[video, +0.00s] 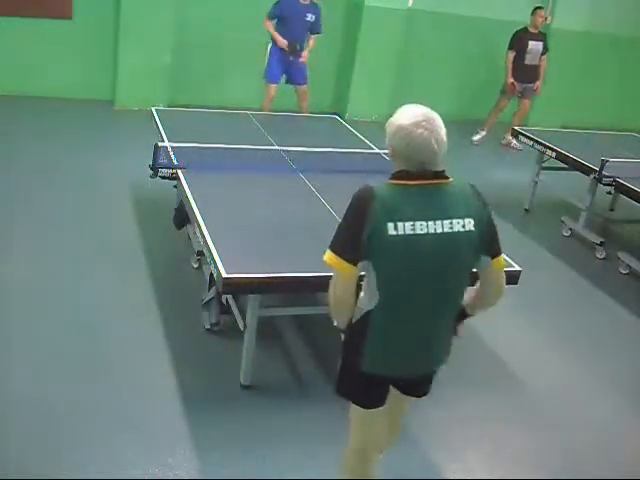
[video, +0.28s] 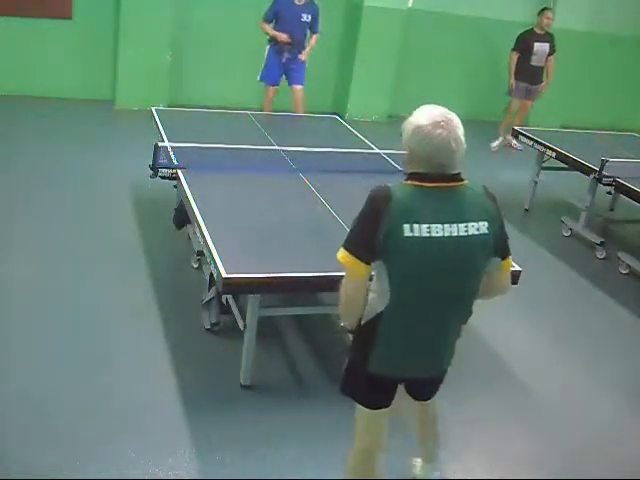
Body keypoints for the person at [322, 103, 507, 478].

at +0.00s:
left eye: (390, 144)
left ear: (392, 153)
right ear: (442, 150)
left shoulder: (371, 201)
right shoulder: (470, 199)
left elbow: (342, 287)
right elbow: (493, 289)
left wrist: (345, 325)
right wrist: (463, 309)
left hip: (376, 342)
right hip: (432, 342)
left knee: (364, 446)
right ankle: (379, 447)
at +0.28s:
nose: (403, 151)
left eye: (405, 146)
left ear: (409, 154)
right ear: (459, 153)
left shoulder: (386, 202)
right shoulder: (484, 202)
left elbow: (355, 281)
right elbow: (499, 282)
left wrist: (349, 323)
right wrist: (455, 289)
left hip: (385, 343)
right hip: (440, 341)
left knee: (369, 438)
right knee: (426, 404)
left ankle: (362, 471)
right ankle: (428, 468)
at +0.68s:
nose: (449, 143)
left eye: (452, 139)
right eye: (451, 138)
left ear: (457, 148)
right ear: (503, 153)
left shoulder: (436, 190)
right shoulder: (519, 197)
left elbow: (408, 269)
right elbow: (532, 275)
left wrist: (393, 312)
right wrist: (491, 289)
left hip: (425, 330)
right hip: (475, 332)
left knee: (385, 423)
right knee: (463, 409)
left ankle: (369, 473)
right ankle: (461, 473)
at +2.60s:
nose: (461, 151)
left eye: (464, 147)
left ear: (466, 152)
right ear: (508, 166)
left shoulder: (433, 180)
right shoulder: (517, 211)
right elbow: (532, 287)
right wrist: (541, 317)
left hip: (411, 323)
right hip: (462, 332)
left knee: (366, 408)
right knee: (447, 391)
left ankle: (341, 473)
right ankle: (452, 465)